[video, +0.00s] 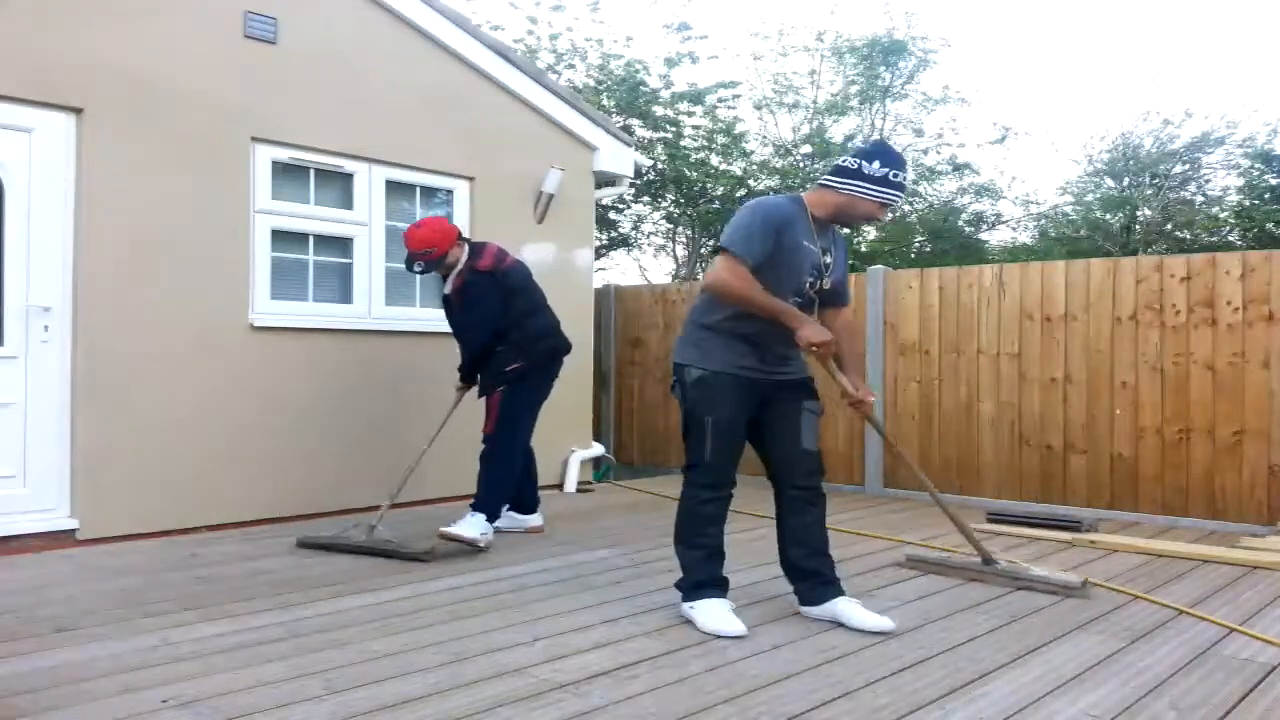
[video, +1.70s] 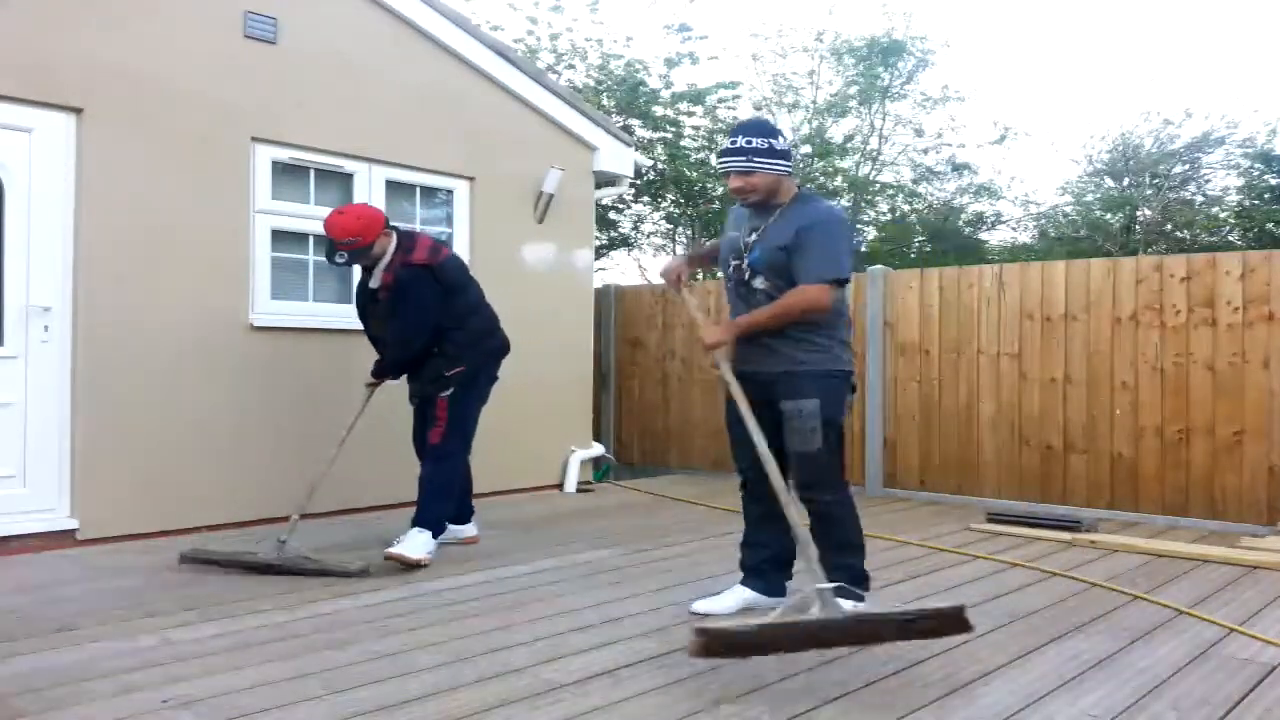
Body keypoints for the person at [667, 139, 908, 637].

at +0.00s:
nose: (882, 216)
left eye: (886, 208)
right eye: (882, 205)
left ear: (853, 188)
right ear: (857, 188)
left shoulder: (833, 244)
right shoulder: (770, 213)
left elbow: (839, 315)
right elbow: (721, 276)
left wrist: (852, 377)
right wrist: (797, 320)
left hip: (780, 373)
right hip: (717, 365)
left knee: (802, 481)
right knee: (710, 481)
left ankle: (818, 593)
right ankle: (702, 592)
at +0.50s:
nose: (917, 204)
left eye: (923, 195)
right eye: (915, 191)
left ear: (900, 184)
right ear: (887, 175)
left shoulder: (892, 241)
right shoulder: (794, 206)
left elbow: (890, 310)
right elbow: (708, 232)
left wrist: (872, 340)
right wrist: (774, 256)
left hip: (833, 381)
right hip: (759, 369)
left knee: (820, 490)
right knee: (737, 482)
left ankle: (820, 594)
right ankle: (714, 592)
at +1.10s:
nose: (874, 198)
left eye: (882, 188)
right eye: (865, 186)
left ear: (887, 183)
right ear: (835, 173)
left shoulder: (888, 236)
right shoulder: (768, 213)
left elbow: (912, 309)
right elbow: (702, 270)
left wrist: (887, 377)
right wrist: (759, 315)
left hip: (838, 386)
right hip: (758, 378)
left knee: (831, 489)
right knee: (755, 484)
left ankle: (822, 593)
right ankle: (762, 583)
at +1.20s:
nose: (822, 190)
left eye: (836, 180)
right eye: (812, 177)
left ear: (856, 179)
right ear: (796, 169)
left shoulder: (877, 229)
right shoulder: (752, 215)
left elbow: (913, 298)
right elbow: (692, 270)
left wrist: (877, 363)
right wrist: (739, 298)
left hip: (836, 381)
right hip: (756, 378)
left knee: (830, 489)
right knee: (756, 484)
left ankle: (822, 593)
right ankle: (762, 584)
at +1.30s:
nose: (794, 185)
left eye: (807, 177)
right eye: (787, 174)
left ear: (835, 175)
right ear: (777, 167)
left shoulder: (869, 226)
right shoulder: (742, 216)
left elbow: (908, 292)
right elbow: (681, 266)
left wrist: (858, 349)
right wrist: (716, 286)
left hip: (830, 380)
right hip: (753, 377)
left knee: (828, 488)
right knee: (755, 484)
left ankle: (822, 593)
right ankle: (762, 584)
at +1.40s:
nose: (766, 183)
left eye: (778, 173)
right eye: (759, 172)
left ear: (809, 170)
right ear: (751, 169)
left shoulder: (852, 222)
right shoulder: (731, 216)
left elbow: (884, 292)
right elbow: (668, 255)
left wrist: (803, 330)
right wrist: (680, 270)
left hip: (826, 377)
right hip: (746, 373)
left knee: (829, 485)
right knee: (752, 482)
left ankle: (823, 593)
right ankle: (762, 584)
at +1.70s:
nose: (736, 184)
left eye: (747, 173)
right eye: (730, 174)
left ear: (779, 168)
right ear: (726, 173)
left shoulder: (820, 219)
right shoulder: (741, 214)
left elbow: (818, 296)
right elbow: (731, 250)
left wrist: (736, 327)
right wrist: (689, 260)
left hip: (810, 372)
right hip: (753, 370)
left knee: (819, 482)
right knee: (758, 482)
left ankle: (848, 589)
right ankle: (764, 585)